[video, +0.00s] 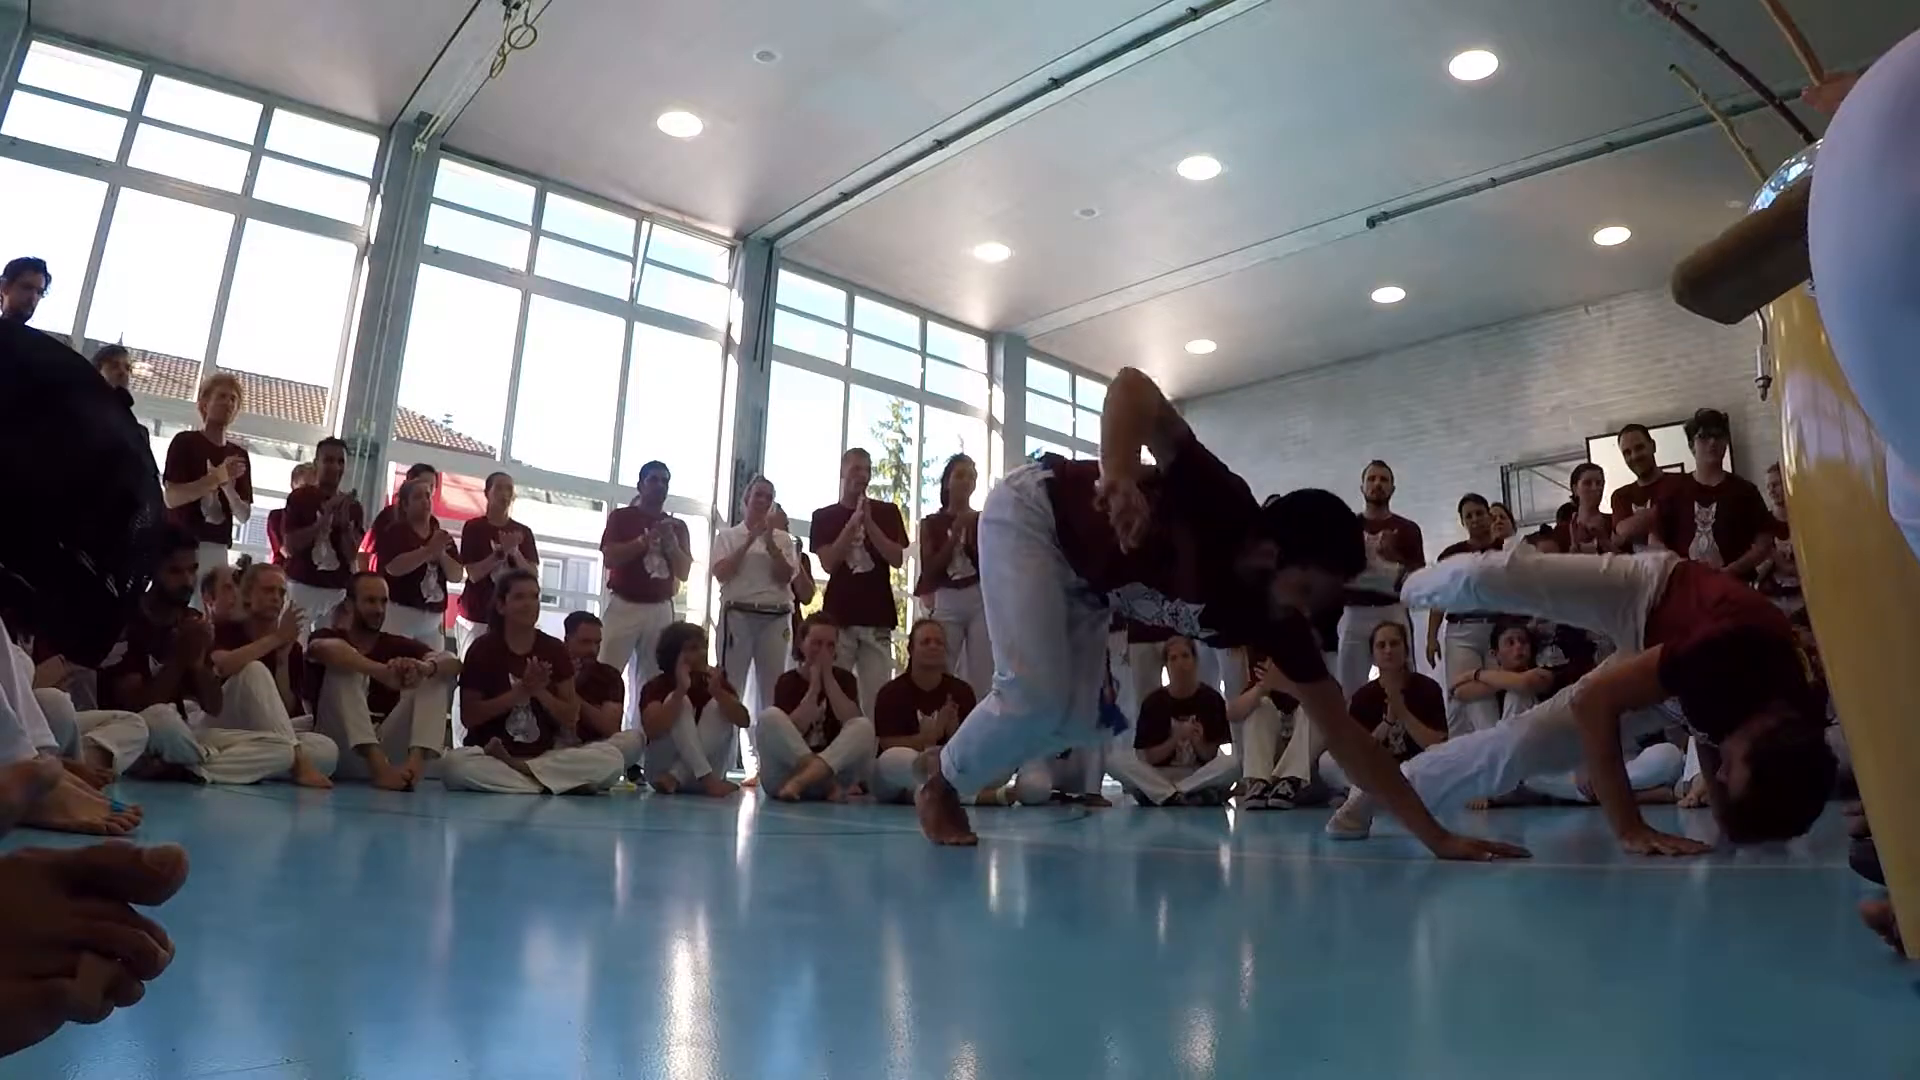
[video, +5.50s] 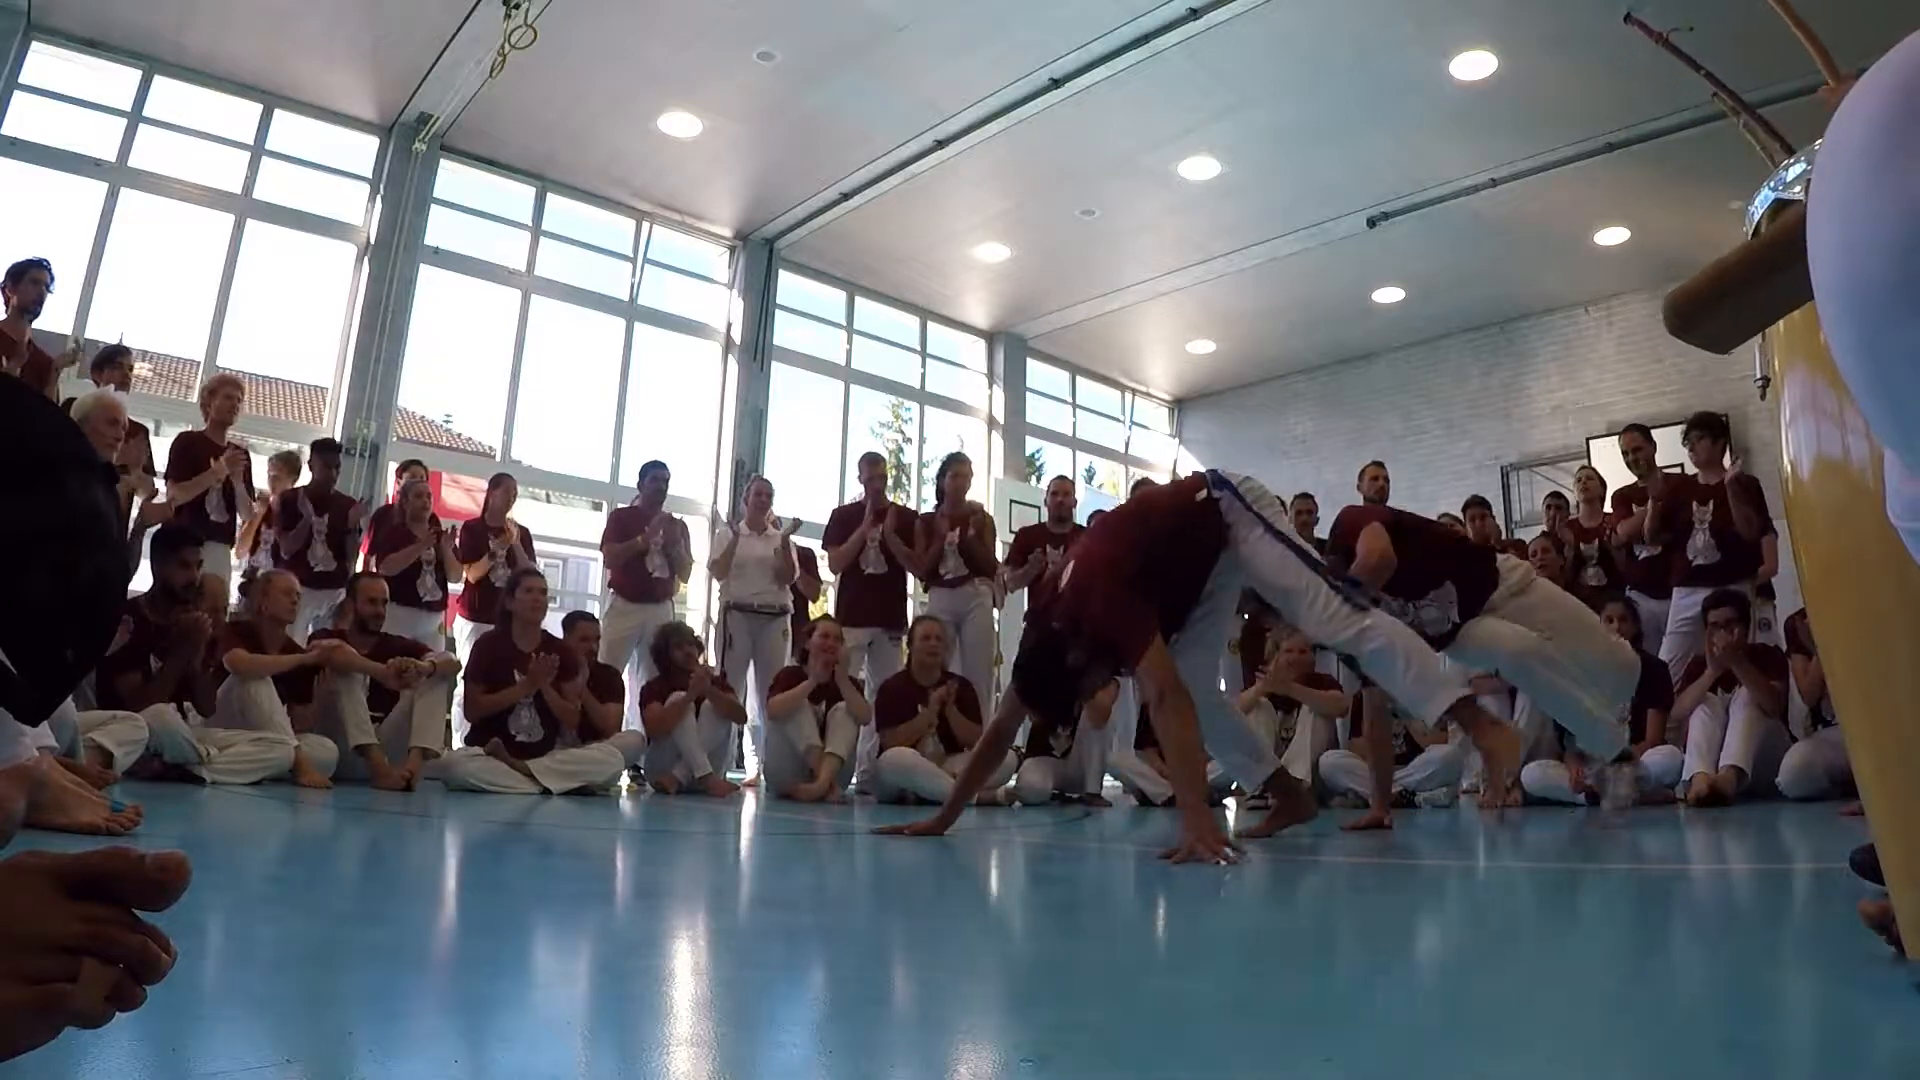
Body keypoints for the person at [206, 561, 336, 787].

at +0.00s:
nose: (276, 598)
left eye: (281, 592)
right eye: (268, 590)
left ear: (286, 598)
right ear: (247, 594)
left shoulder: (292, 648)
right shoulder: (226, 631)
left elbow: (290, 710)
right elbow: (222, 666)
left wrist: (283, 659)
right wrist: (278, 638)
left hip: (271, 733)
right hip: (225, 725)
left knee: (327, 751)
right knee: (254, 670)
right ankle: (299, 762)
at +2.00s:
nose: (274, 598)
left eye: (279, 591)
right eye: (266, 590)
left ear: (284, 597)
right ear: (245, 595)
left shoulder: (290, 642)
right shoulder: (228, 630)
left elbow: (290, 710)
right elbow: (221, 667)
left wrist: (284, 660)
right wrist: (275, 638)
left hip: (274, 733)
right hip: (227, 726)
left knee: (327, 752)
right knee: (253, 671)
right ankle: (299, 762)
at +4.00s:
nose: (273, 597)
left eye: (278, 591)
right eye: (264, 590)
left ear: (283, 596)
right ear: (245, 594)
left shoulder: (288, 643)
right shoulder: (229, 629)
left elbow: (292, 712)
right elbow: (220, 666)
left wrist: (278, 664)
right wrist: (279, 639)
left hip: (271, 732)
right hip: (223, 725)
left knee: (326, 752)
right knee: (253, 672)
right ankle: (299, 763)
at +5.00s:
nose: (276, 597)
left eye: (280, 591)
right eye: (268, 590)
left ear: (285, 597)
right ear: (244, 599)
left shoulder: (286, 645)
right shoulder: (226, 629)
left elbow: (291, 711)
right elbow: (222, 662)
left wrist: (301, 660)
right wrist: (281, 642)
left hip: (268, 733)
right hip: (222, 725)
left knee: (327, 751)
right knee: (253, 671)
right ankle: (298, 761)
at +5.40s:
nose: (291, 599)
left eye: (294, 594)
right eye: (283, 591)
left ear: (297, 600)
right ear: (257, 599)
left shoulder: (295, 650)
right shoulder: (234, 629)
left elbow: (302, 720)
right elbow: (236, 659)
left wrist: (314, 675)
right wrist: (302, 658)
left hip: (270, 734)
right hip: (224, 726)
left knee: (327, 752)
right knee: (253, 674)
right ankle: (299, 762)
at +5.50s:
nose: (295, 601)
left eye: (298, 596)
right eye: (287, 594)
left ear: (301, 601)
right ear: (262, 600)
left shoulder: (298, 654)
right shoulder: (233, 631)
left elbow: (301, 724)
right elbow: (239, 665)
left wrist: (322, 694)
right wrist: (305, 658)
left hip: (269, 736)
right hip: (222, 727)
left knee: (326, 753)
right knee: (253, 678)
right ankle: (298, 762)